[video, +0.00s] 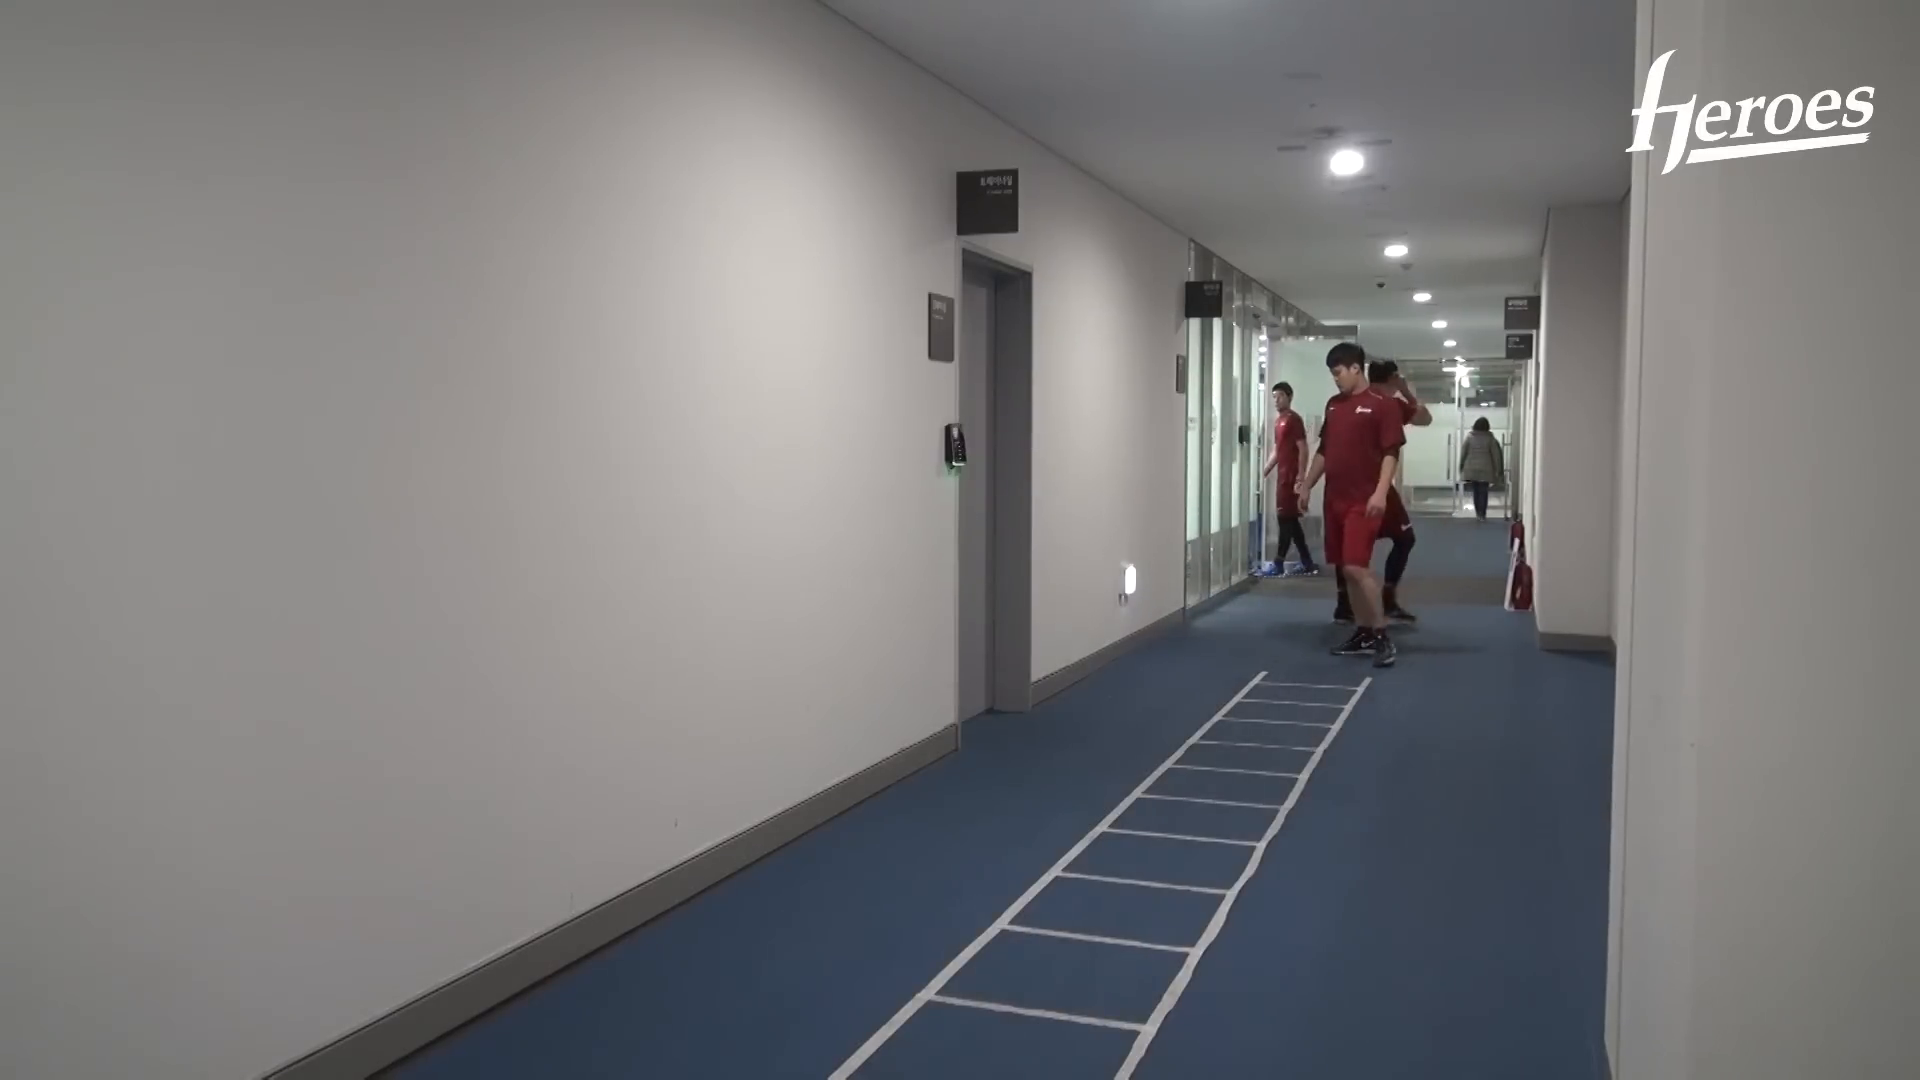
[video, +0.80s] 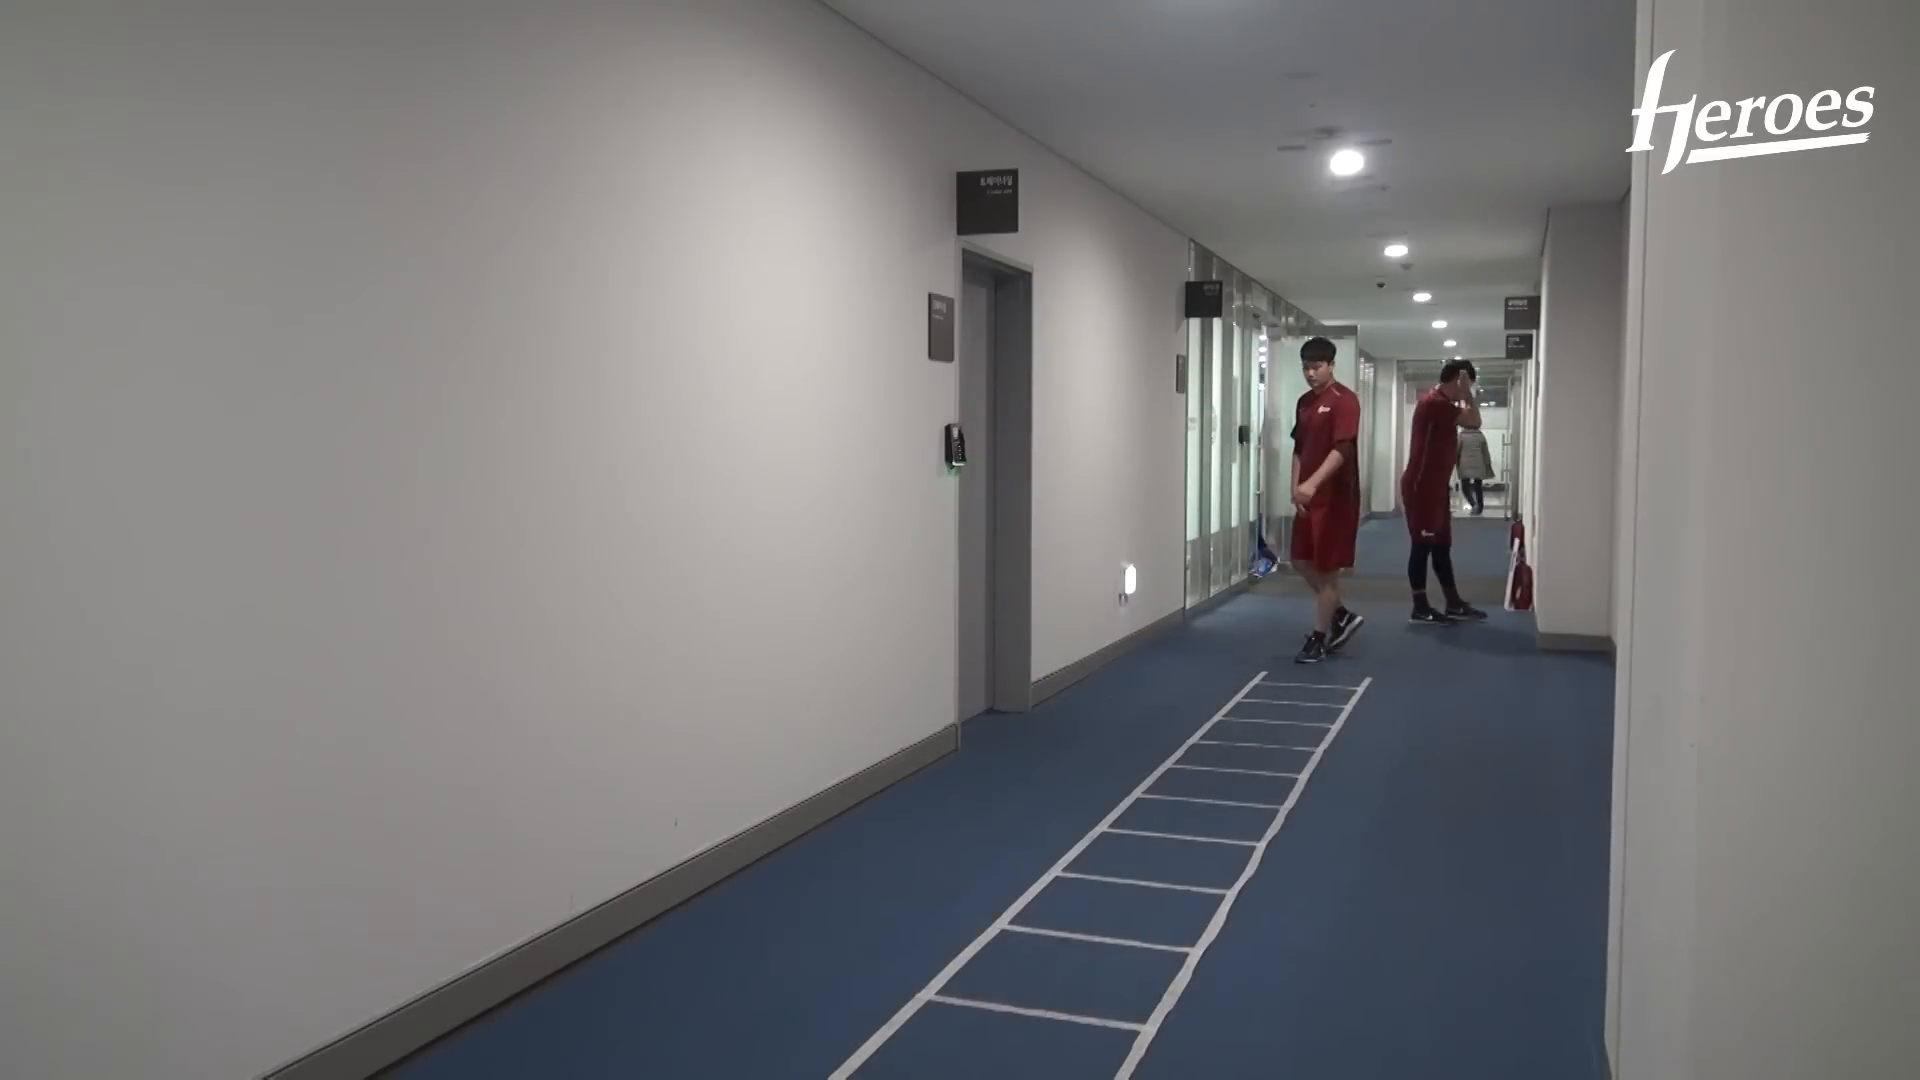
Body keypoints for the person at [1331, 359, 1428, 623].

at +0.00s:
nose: (1399, 386)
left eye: (1398, 381)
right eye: (1396, 381)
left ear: (1373, 380)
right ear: (1389, 381)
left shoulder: (1356, 403)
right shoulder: (1390, 405)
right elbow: (1425, 418)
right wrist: (1408, 393)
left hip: (1352, 482)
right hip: (1378, 483)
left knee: (1346, 543)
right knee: (1405, 538)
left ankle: (1345, 604)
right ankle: (1388, 599)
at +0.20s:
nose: (1420, 390)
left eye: (1419, 385)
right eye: (1418, 386)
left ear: (1392, 384)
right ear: (1412, 385)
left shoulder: (1377, 402)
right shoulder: (1405, 406)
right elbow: (1442, 422)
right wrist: (1425, 395)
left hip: (1369, 485)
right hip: (1395, 487)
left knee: (1355, 550)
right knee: (1406, 548)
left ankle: (1347, 607)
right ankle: (1419, 606)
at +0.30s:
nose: (1430, 390)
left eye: (1429, 385)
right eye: (1428, 385)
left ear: (1405, 382)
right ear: (1420, 384)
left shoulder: (1388, 401)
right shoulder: (1411, 405)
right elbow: (1451, 422)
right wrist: (1435, 393)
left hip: (1383, 486)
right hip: (1405, 488)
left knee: (1379, 544)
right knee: (1413, 546)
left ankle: (1348, 595)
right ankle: (1420, 606)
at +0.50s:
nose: (1449, 387)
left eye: (1449, 382)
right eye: (1447, 382)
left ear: (1423, 381)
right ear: (1437, 381)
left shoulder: (1401, 402)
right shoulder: (1427, 405)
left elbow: (1390, 441)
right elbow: (1466, 420)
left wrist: (1393, 472)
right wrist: (1451, 391)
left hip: (1398, 482)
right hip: (1415, 484)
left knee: (1413, 541)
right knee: (1417, 543)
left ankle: (1380, 584)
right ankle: (1421, 607)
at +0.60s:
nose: (1456, 384)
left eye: (1456, 379)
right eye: (1454, 379)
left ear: (1431, 379)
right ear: (1445, 379)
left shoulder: (1411, 401)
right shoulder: (1431, 404)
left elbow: (1398, 440)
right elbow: (1471, 420)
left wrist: (1402, 469)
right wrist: (1459, 389)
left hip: (1408, 480)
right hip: (1418, 483)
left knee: (1426, 537)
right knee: (1422, 541)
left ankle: (1406, 591)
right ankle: (1419, 604)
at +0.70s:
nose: (1463, 388)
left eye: (1463, 383)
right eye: (1462, 382)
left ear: (1442, 378)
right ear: (1453, 378)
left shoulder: (1432, 400)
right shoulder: (1430, 403)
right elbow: (1474, 421)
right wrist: (1463, 390)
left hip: (1430, 484)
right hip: (1419, 486)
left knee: (1433, 542)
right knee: (1421, 544)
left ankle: (1434, 599)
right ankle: (1421, 605)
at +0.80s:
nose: (1468, 392)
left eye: (1469, 386)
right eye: (1468, 386)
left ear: (1452, 378)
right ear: (1459, 379)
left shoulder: (1440, 402)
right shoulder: (1433, 403)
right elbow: (1474, 419)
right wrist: (1466, 390)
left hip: (1436, 485)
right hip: (1422, 486)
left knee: (1441, 545)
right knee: (1421, 545)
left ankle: (1453, 602)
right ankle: (1420, 606)